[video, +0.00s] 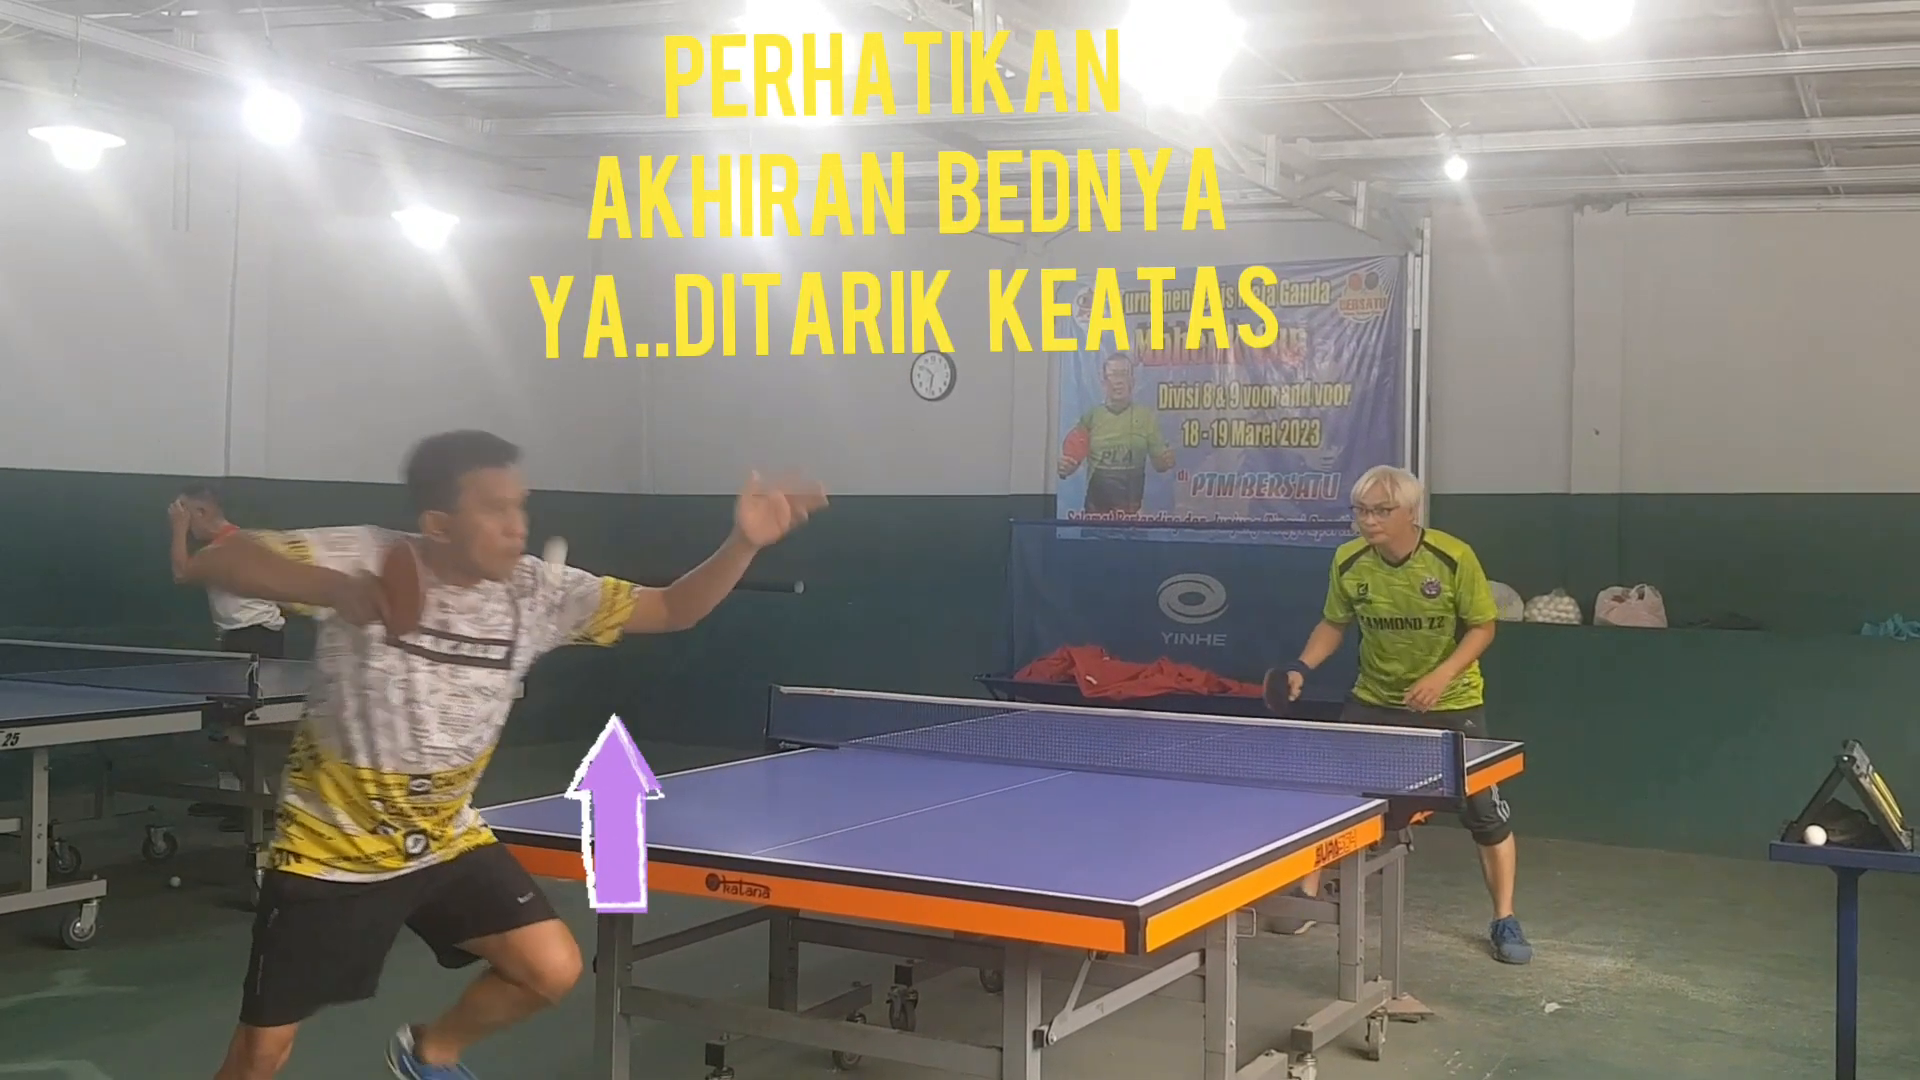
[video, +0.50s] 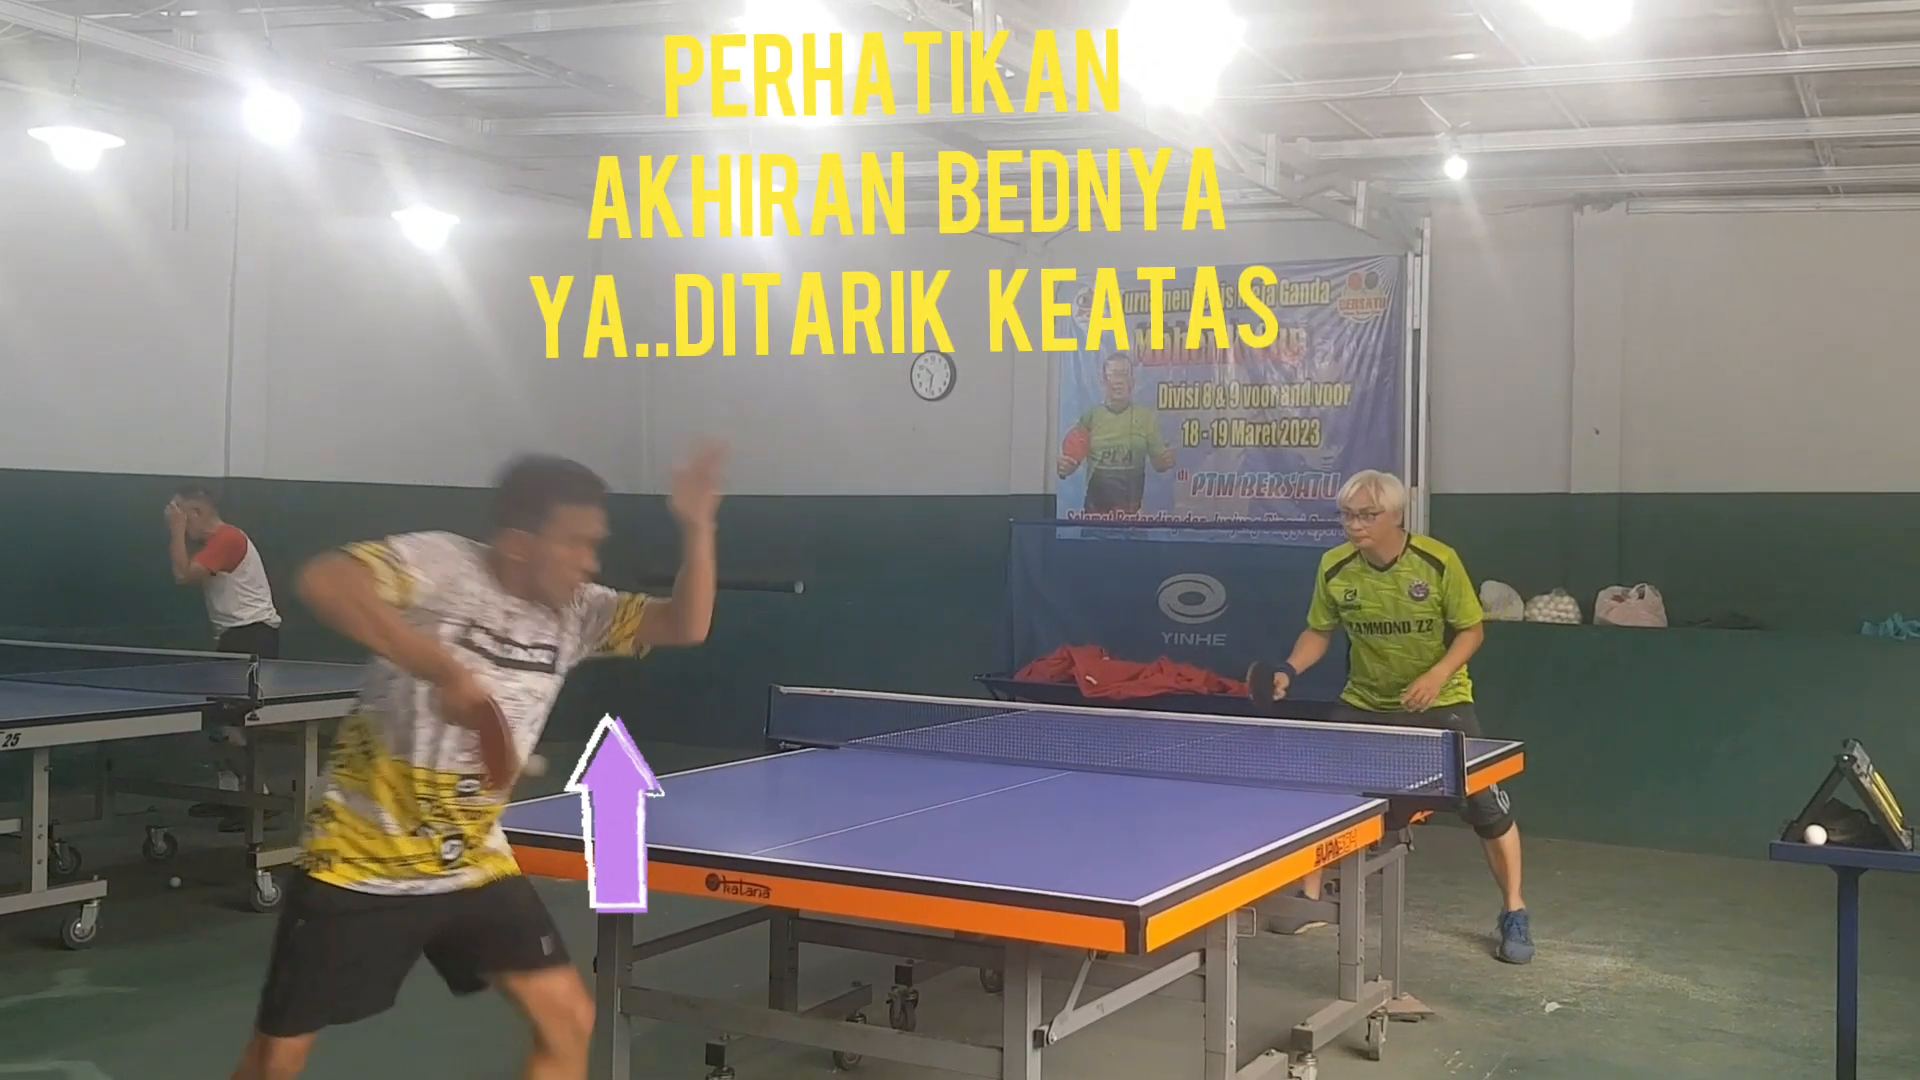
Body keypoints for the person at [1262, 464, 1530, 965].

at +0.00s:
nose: (1367, 521)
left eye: (1378, 511)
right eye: (1361, 511)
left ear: (1409, 513)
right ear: (1355, 515)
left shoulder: (1454, 558)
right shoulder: (1349, 561)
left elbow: (1483, 626)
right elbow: (1332, 624)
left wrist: (1441, 676)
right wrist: (1301, 668)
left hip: (1452, 705)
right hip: (1373, 702)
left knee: (1485, 808)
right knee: (1330, 790)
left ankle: (1505, 918)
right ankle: (1308, 895)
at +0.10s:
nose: (1361, 522)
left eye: (1373, 512)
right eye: (1356, 512)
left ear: (1402, 515)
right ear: (1352, 516)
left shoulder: (1448, 560)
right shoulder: (1343, 564)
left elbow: (1479, 627)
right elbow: (1327, 626)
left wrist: (1440, 675)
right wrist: (1296, 667)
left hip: (1448, 706)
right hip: (1369, 703)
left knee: (1483, 806)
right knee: (1325, 788)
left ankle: (1506, 917)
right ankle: (1310, 896)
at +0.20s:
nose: (1361, 522)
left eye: (1373, 512)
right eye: (1356, 512)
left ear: (1402, 515)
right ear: (1352, 516)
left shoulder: (1448, 560)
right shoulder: (1343, 564)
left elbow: (1479, 627)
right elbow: (1327, 626)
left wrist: (1440, 675)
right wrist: (1296, 667)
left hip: (1448, 706)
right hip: (1369, 703)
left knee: (1484, 806)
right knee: (1326, 788)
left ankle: (1506, 917)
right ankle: (1310, 896)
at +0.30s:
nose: (1356, 523)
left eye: (1368, 513)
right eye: (1350, 513)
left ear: (1398, 516)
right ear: (1346, 516)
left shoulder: (1443, 560)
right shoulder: (1338, 566)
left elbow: (1474, 628)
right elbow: (1322, 628)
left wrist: (1438, 674)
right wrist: (1291, 668)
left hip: (1442, 706)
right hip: (1363, 703)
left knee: (1485, 806)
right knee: (1319, 788)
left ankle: (1509, 914)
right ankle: (1310, 897)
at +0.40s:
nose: (1356, 523)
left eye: (1368, 513)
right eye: (1350, 514)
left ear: (1398, 516)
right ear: (1346, 516)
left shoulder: (1442, 560)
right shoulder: (1337, 566)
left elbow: (1475, 628)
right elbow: (1322, 627)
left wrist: (1437, 674)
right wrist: (1291, 668)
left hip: (1442, 706)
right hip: (1363, 704)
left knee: (1486, 806)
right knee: (1317, 787)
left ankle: (1509, 914)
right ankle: (1311, 897)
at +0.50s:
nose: (1352, 525)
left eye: (1364, 515)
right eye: (1346, 516)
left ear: (1395, 517)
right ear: (1343, 518)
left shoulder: (1439, 561)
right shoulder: (1334, 568)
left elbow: (1471, 630)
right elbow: (1318, 631)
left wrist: (1437, 675)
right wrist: (1289, 669)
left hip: (1441, 702)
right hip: (1363, 701)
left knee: (1485, 802)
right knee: (1315, 782)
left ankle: (1514, 910)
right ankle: (1310, 895)